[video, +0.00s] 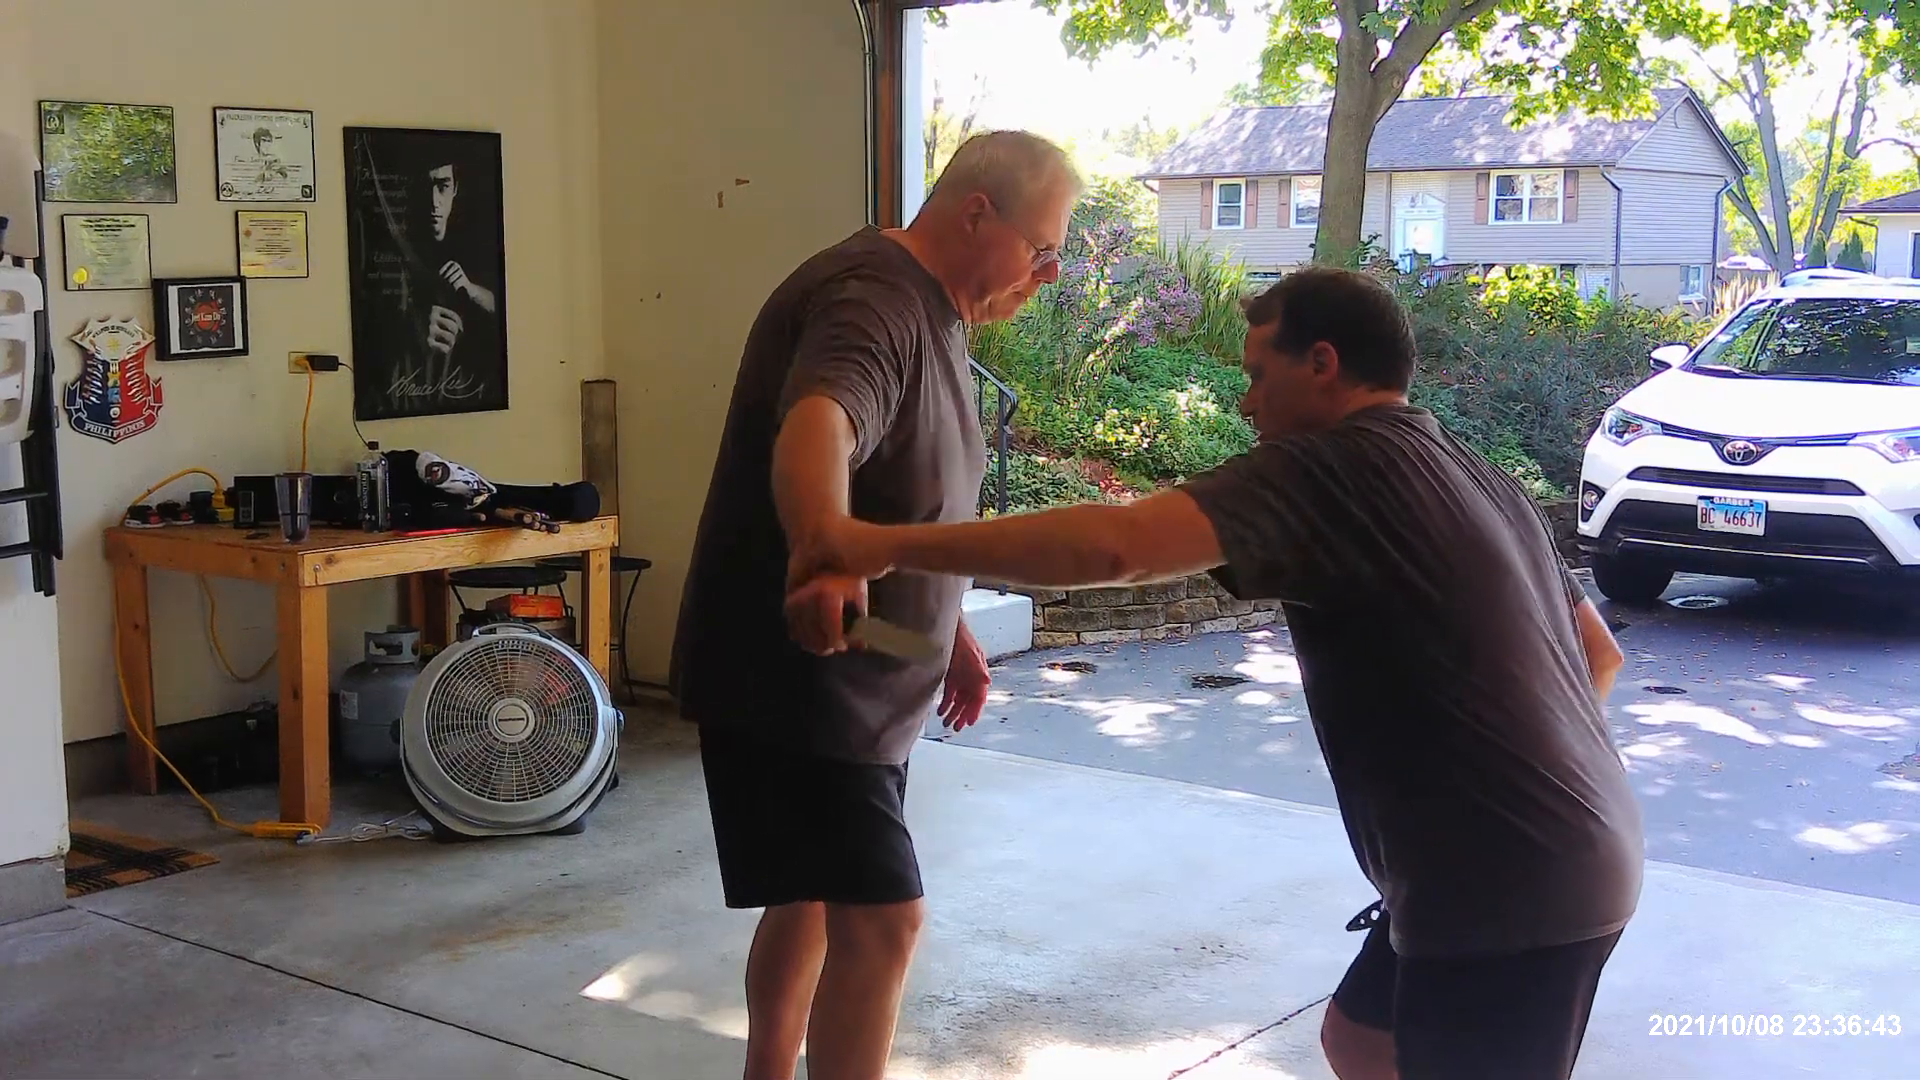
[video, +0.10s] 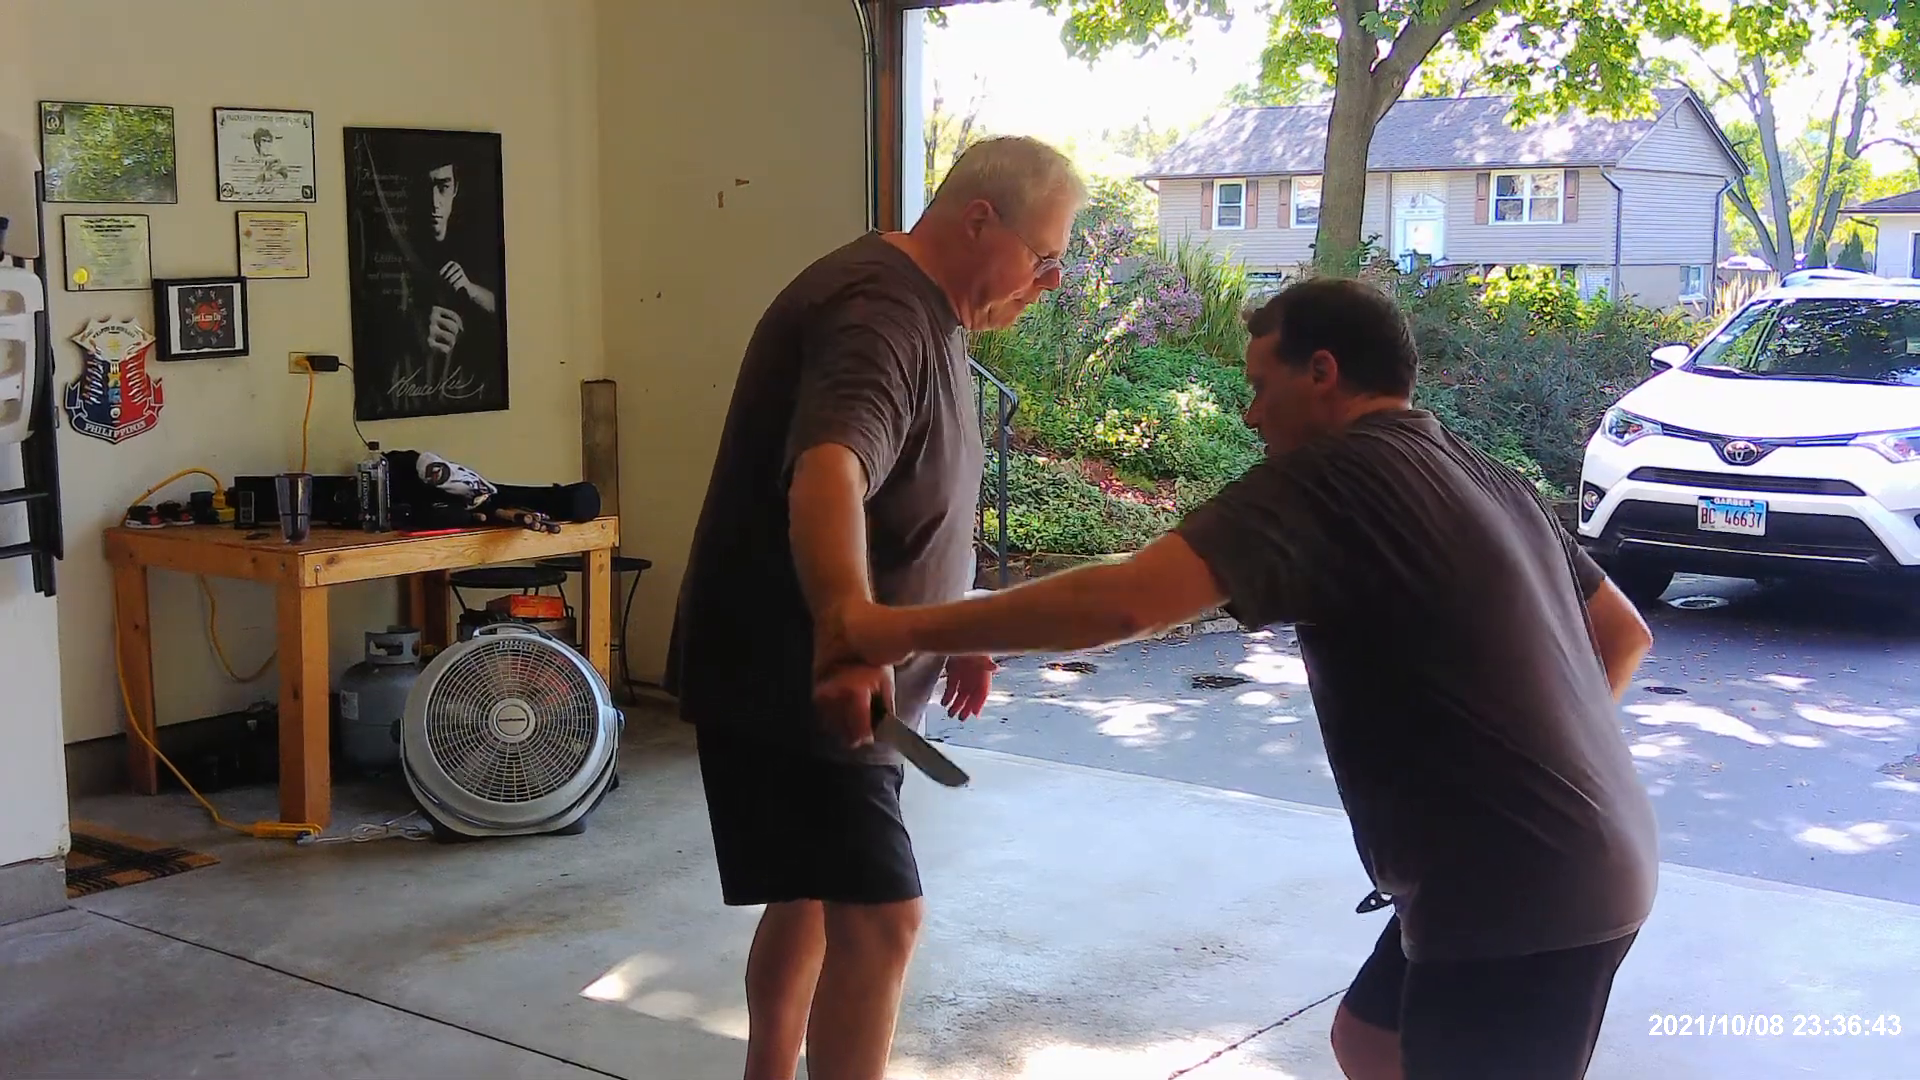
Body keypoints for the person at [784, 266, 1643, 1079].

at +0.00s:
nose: (1246, 393)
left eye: (1257, 370)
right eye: (1246, 370)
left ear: (1321, 364)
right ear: (1354, 369)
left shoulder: (1340, 465)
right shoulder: (1472, 473)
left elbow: (1116, 542)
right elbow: (1597, 654)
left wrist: (889, 543)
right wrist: (1500, 776)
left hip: (1508, 874)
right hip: (1563, 842)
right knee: (1360, 1036)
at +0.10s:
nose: (1251, 404)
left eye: (1260, 378)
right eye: (1250, 380)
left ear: (1325, 374)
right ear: (1371, 381)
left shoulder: (1328, 478)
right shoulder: (1482, 476)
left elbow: (1128, 600)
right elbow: (1620, 634)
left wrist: (902, 626)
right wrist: (1528, 757)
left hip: (1517, 875)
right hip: (1589, 845)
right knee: (1370, 1036)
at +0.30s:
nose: (1260, 434)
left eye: (1267, 407)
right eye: (1258, 409)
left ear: (1323, 394)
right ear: (1381, 395)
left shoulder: (1317, 502)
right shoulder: (1502, 477)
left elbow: (1155, 686)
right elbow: (1665, 609)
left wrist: (965, 741)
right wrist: (1556, 723)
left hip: (1535, 892)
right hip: (1623, 856)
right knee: (1388, 1042)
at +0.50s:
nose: (1282, 438)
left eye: (1286, 411)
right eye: (1279, 413)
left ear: (1339, 399)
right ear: (1412, 397)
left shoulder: (1318, 508)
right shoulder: (1534, 485)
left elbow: (1208, 704)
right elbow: (1689, 628)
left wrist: (1058, 747)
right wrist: (1565, 733)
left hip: (1534, 896)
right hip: (1641, 862)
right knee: (1401, 1036)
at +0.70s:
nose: (1295, 419)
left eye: (1301, 394)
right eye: (1294, 394)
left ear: (1352, 394)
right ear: (1437, 401)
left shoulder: (1313, 501)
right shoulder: (1552, 491)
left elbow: (1262, 672)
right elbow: (1696, 639)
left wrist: (1168, 665)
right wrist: (1574, 725)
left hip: (1507, 897)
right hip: (1637, 878)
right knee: (1392, 1037)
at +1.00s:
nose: (1313, 408)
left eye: (1321, 385)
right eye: (1315, 386)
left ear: (1369, 388)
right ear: (1443, 396)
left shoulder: (1312, 482)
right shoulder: (1541, 496)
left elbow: (1254, 611)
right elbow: (1647, 681)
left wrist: (1178, 566)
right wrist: (1514, 754)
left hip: (1472, 883)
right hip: (1603, 869)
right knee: (1367, 1032)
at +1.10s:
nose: (1308, 404)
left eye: (1316, 382)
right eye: (1309, 383)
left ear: (1364, 385)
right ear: (1440, 396)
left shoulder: (1308, 476)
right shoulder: (1525, 493)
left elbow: (1239, 600)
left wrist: (1167, 557)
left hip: (1469, 877)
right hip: (1592, 865)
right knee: (1355, 1031)